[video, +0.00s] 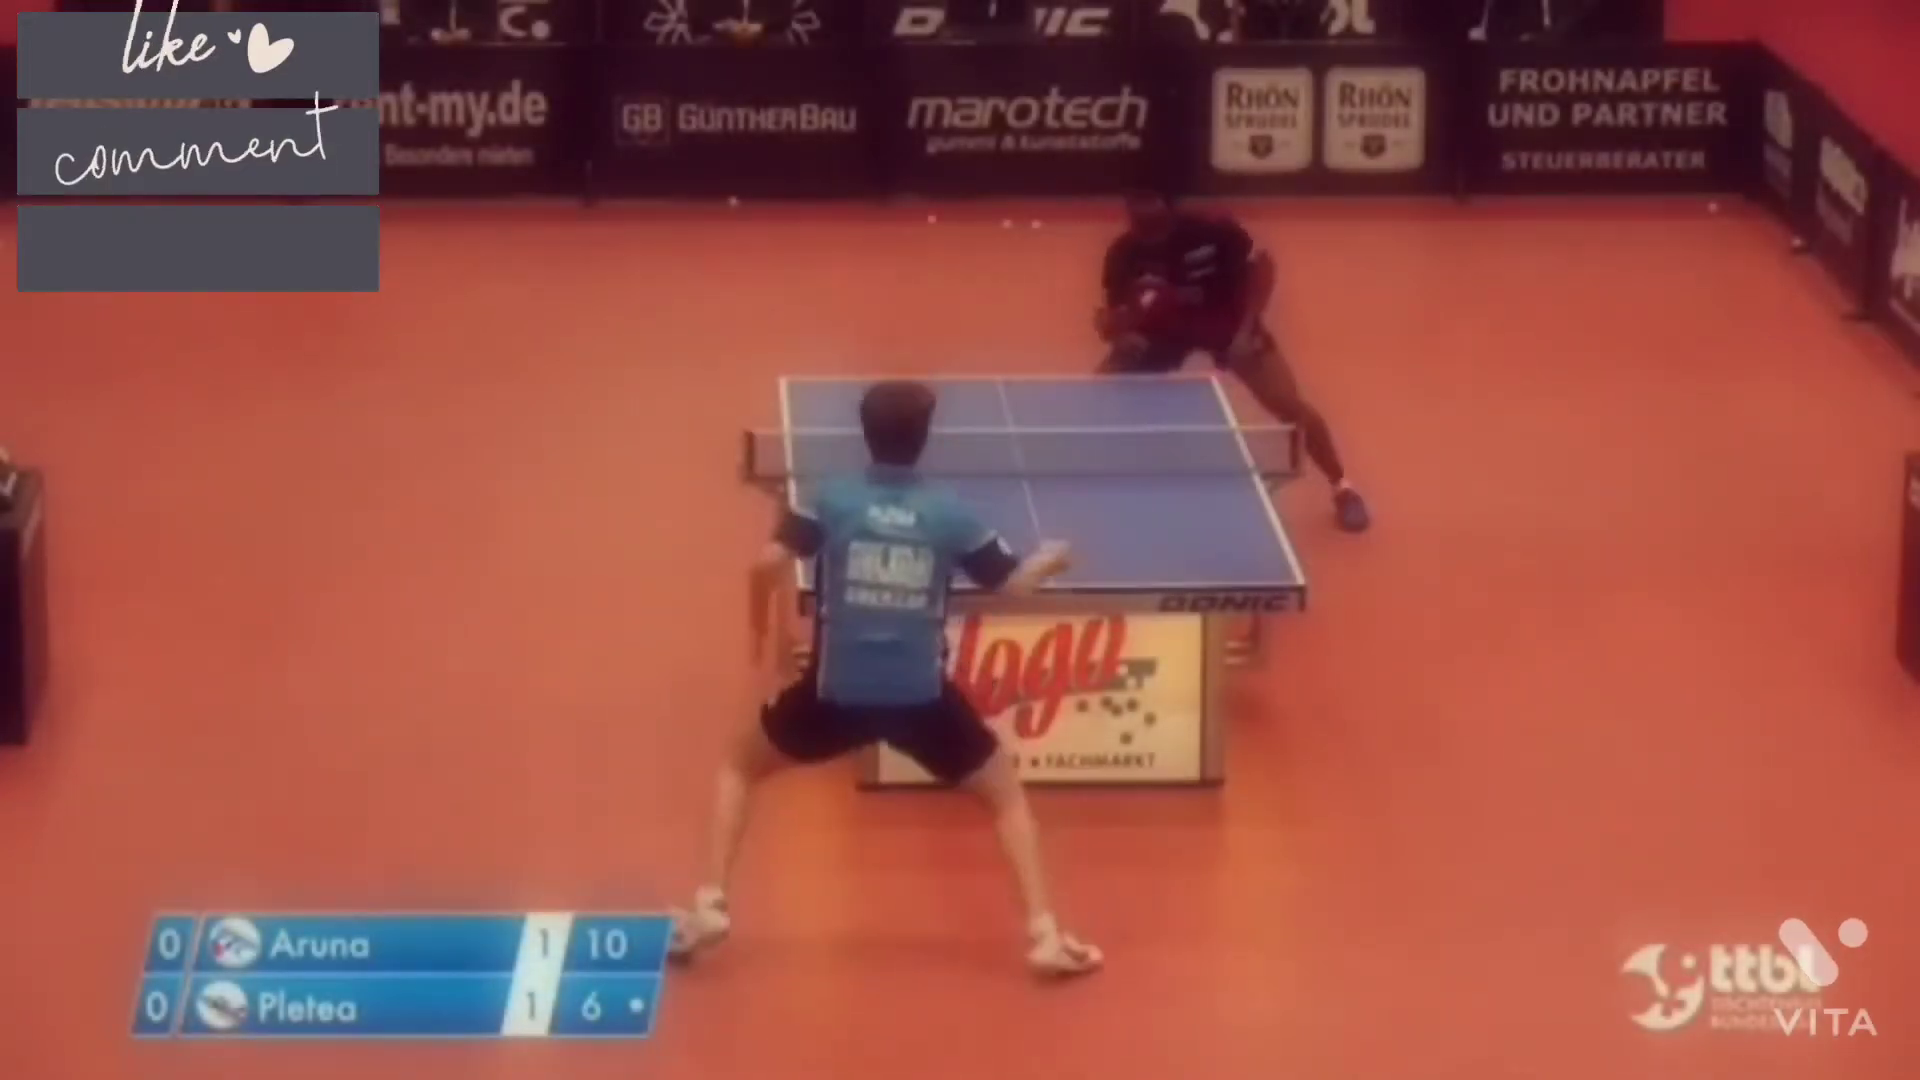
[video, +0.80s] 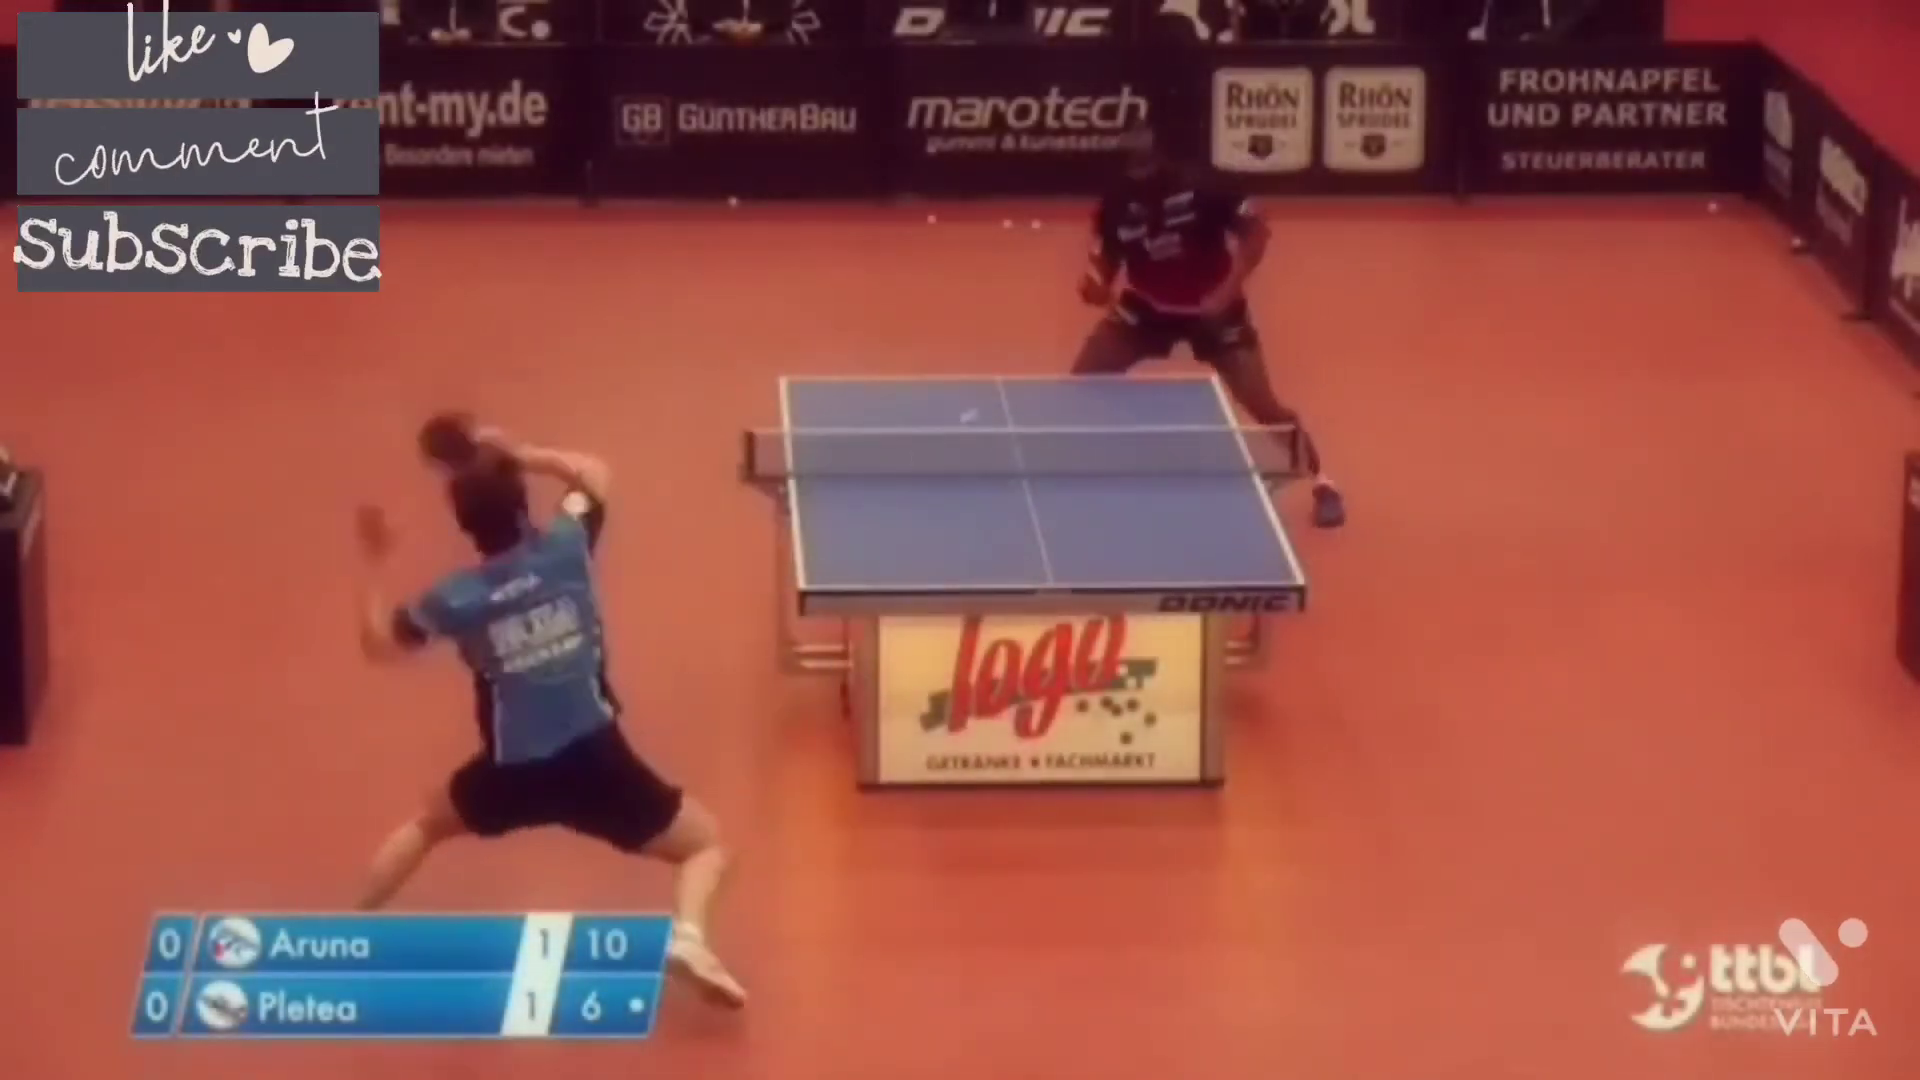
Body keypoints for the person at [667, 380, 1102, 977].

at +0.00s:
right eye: (919, 427)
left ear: (866, 436)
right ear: (923, 438)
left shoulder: (834, 498)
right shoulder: (943, 511)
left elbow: (783, 554)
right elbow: (1006, 584)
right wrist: (1046, 563)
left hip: (838, 695)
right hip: (919, 698)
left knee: (741, 764)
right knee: (1005, 792)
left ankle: (711, 900)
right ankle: (1046, 935)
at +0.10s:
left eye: (881, 439)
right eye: (910, 439)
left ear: (860, 443)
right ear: (917, 451)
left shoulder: (818, 496)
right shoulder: (925, 536)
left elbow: (745, 553)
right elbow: (965, 621)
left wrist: (799, 583)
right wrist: (995, 603)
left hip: (779, 688)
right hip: (857, 704)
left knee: (686, 752)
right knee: (959, 798)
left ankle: (651, 876)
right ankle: (1038, 936)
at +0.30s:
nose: (875, 508)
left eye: (864, 493)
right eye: (876, 501)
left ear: (821, 489)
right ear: (868, 514)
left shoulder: (782, 522)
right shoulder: (835, 594)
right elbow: (838, 680)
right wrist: (897, 745)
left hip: (661, 696)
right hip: (729, 722)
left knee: (585, 787)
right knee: (830, 830)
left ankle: (514, 894)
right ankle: (886, 970)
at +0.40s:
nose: (843, 532)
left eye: (831, 517)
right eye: (844, 524)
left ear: (787, 507)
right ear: (833, 535)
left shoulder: (756, 543)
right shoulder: (773, 604)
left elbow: (806, 585)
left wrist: (867, 614)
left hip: (607, 687)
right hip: (661, 720)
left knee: (544, 786)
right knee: (794, 818)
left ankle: (436, 874)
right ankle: (798, 961)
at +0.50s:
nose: (769, 568)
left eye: (770, 557)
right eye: (767, 559)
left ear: (710, 543)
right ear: (749, 569)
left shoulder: (697, 578)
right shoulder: (668, 617)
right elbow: (604, 704)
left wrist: (761, 645)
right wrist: (617, 780)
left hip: (561, 722)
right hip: (597, 740)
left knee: (495, 828)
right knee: (734, 816)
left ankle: (364, 898)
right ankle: (723, 973)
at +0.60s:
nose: (691, 561)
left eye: (691, 549)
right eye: (688, 551)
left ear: (642, 535)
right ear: (666, 553)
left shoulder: (615, 561)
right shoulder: (612, 595)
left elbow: (572, 567)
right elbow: (574, 680)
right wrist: (603, 722)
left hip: (531, 736)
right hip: (569, 748)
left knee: (468, 840)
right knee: (723, 814)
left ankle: (338, 905)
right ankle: (718, 974)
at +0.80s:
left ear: (464, 523)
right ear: (523, 508)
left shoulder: (461, 598)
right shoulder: (566, 549)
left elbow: (378, 640)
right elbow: (594, 476)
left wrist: (371, 560)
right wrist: (518, 452)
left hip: (513, 779)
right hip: (595, 769)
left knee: (425, 827)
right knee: (705, 845)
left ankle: (349, 927)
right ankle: (690, 935)